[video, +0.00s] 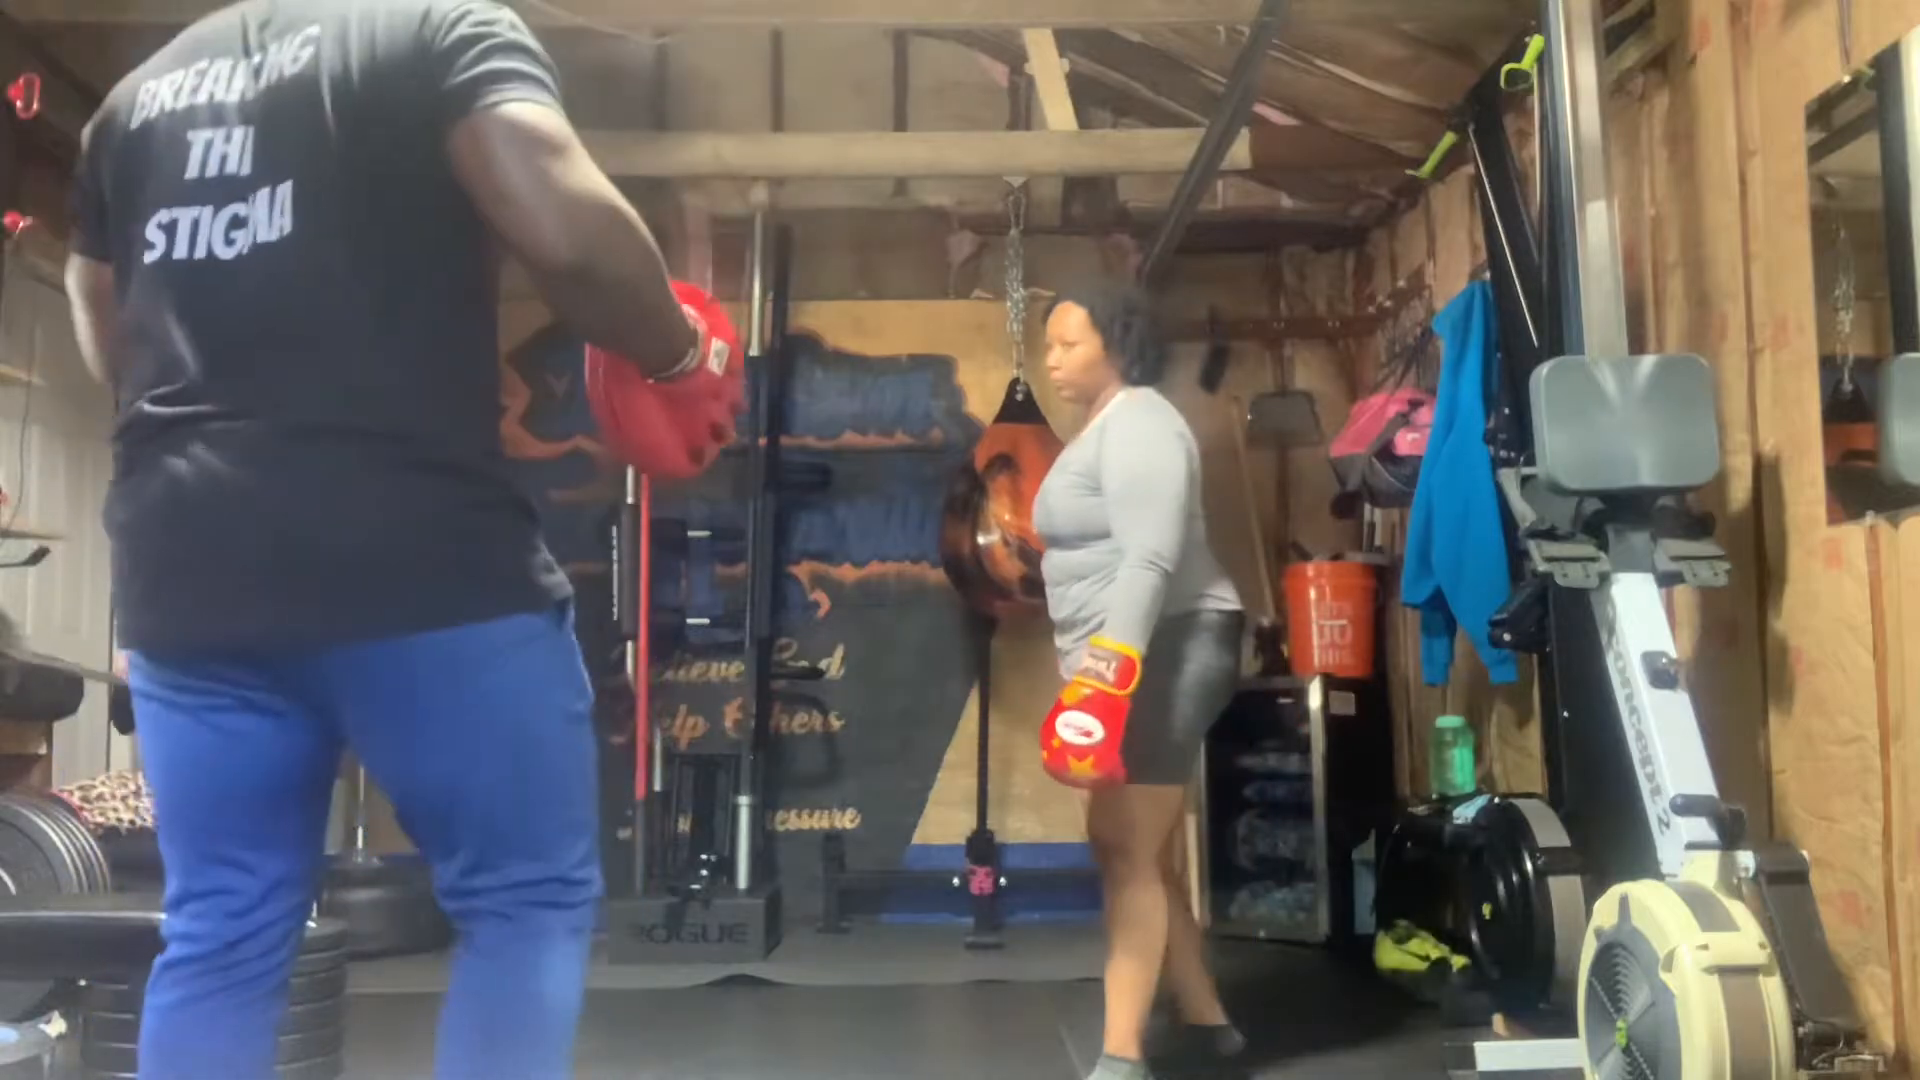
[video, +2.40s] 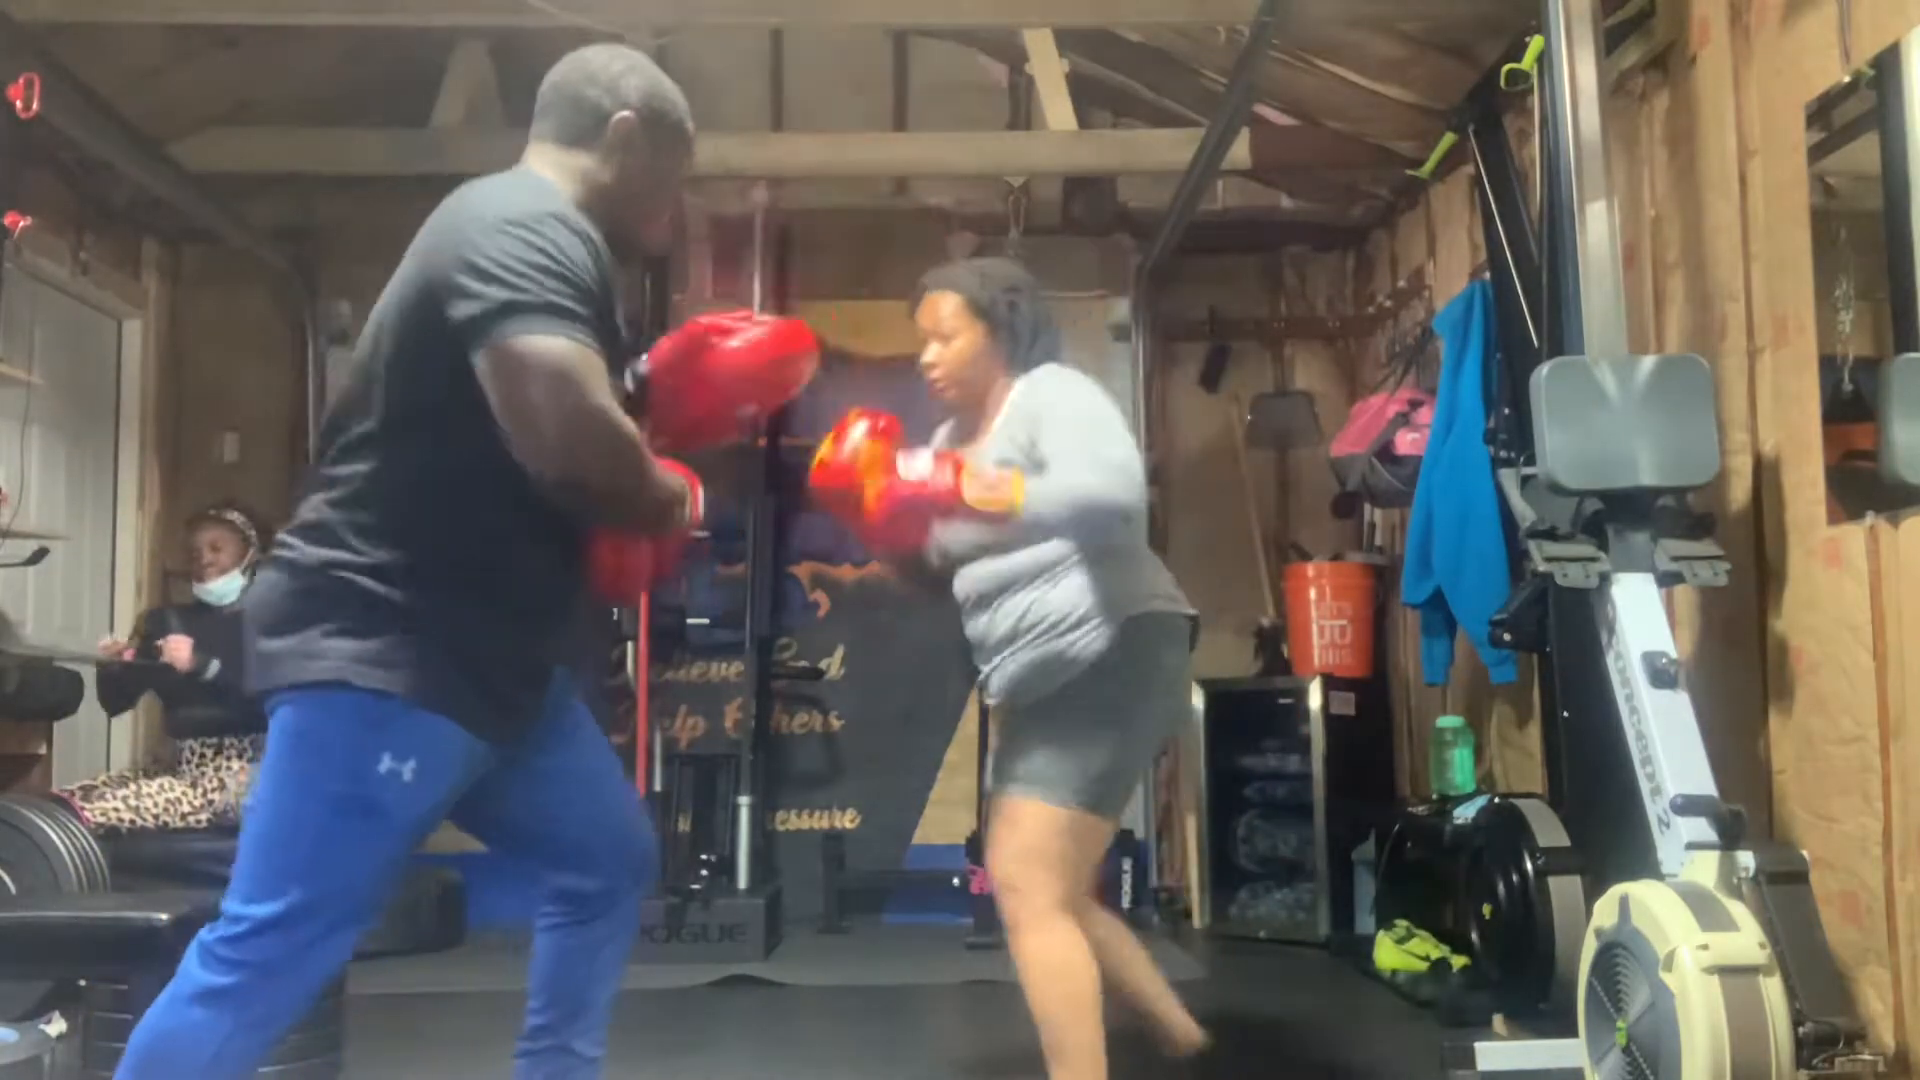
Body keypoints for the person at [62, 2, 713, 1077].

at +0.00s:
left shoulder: (131, 102)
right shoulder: (444, 22)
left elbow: (115, 354)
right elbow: (562, 226)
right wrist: (672, 353)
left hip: (185, 555)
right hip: (410, 541)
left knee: (216, 929)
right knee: (525, 897)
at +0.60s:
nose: (575, 49)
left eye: (571, 31)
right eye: (568, 28)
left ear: (434, 33)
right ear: (529, 23)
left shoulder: (294, 165)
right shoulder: (540, 140)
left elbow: (219, 377)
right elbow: (607, 371)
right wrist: (649, 443)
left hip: (284, 566)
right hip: (453, 565)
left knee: (366, 876)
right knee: (470, 917)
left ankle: (337, 1075)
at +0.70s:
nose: (578, 92)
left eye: (580, 71)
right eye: (575, 67)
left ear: (447, 51)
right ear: (532, 47)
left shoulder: (319, 180)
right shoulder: (523, 150)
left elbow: (248, 397)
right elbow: (587, 357)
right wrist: (656, 447)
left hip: (285, 566)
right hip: (436, 557)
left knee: (386, 890)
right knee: (471, 922)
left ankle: (379, 1074)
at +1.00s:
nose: (580, 160)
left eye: (586, 136)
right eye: (579, 128)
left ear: (471, 97)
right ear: (527, 94)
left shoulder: (402, 175)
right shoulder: (476, 149)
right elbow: (492, 319)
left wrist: (575, 406)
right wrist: (620, 428)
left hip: (308, 558)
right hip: (388, 562)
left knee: (405, 899)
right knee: (426, 906)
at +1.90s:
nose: (622, 161)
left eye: (630, 136)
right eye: (623, 128)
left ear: (538, 89)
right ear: (568, 87)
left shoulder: (497, 200)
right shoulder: (459, 172)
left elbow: (506, 411)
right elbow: (515, 393)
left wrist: (591, 314)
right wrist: (646, 429)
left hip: (468, 616)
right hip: (386, 608)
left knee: (534, 895)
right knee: (382, 928)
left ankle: (521, 1069)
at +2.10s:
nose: (684, 169)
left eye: (691, 143)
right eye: (684, 137)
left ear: (609, 105)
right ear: (629, 100)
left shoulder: (564, 222)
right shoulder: (506, 176)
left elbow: (607, 367)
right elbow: (518, 381)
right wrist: (665, 428)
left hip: (487, 621)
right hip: (379, 602)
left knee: (538, 904)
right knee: (335, 920)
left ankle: (524, 1073)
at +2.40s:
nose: (676, 209)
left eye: (683, 182)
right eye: (677, 175)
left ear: (585, 130)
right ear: (626, 132)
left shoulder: (557, 247)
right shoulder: (516, 220)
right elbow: (567, 438)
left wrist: (652, 410)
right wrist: (670, 501)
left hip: (488, 658)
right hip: (380, 644)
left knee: (607, 859)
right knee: (270, 949)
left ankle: (557, 1069)